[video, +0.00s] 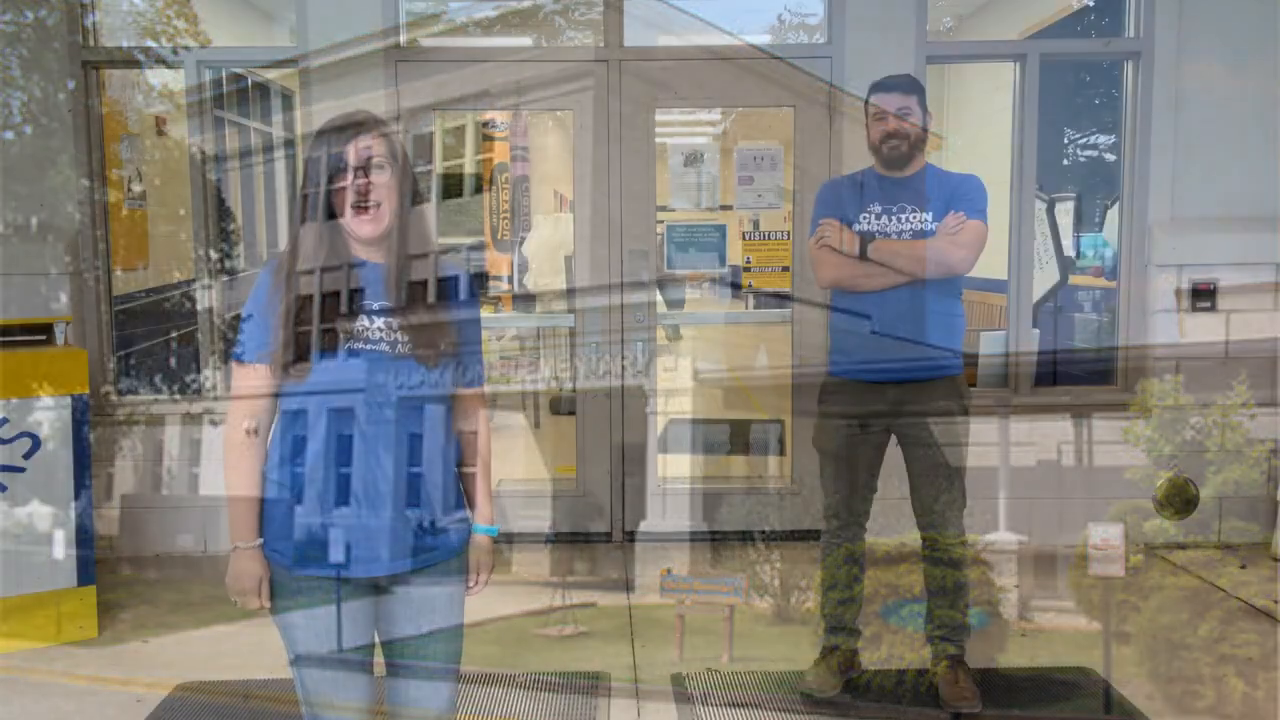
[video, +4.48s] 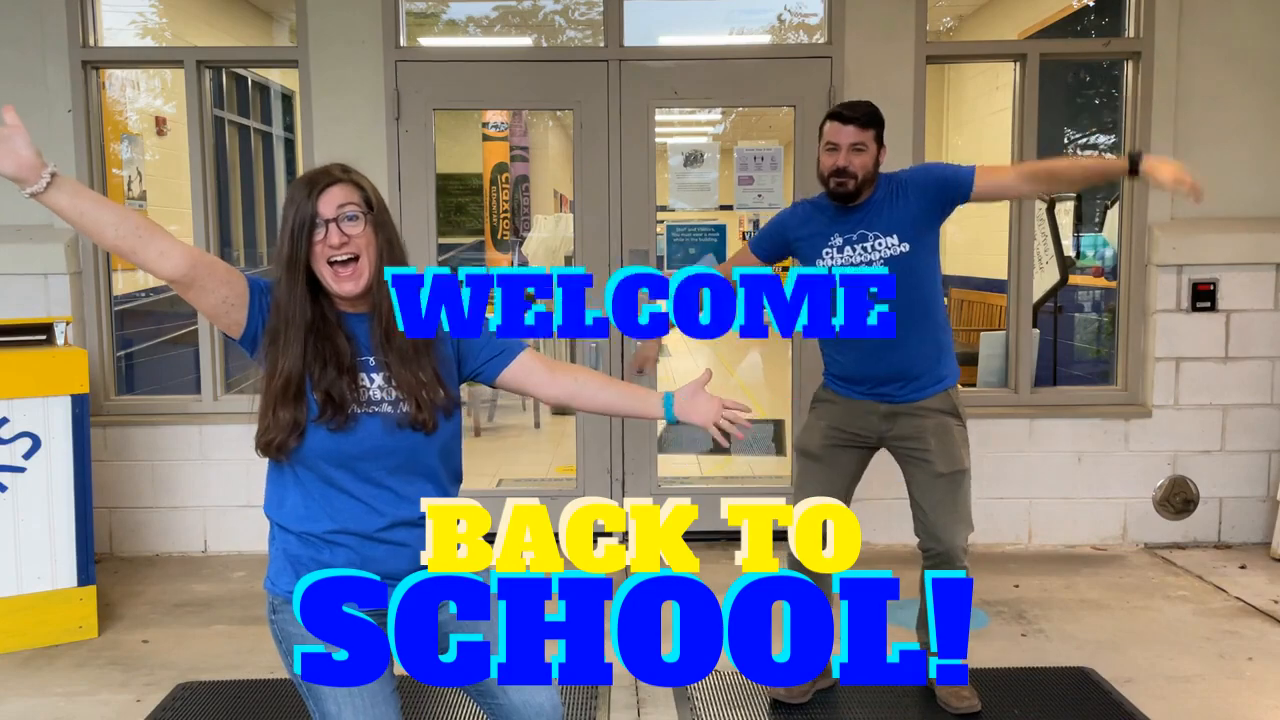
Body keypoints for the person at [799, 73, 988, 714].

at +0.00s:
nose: (889, 126)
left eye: (902, 116)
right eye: (879, 117)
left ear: (925, 126)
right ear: (866, 127)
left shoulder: (961, 188)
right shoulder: (838, 193)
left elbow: (955, 261)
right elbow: (827, 272)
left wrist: (859, 242)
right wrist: (927, 261)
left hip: (933, 378)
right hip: (852, 379)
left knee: (944, 527)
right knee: (841, 524)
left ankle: (950, 660)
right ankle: (838, 652)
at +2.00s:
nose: (908, 129)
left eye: (921, 118)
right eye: (897, 120)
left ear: (945, 124)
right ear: (885, 130)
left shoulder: (984, 189)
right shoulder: (856, 193)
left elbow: (992, 273)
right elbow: (847, 277)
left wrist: (890, 255)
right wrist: (953, 260)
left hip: (953, 388)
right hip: (869, 387)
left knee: (959, 535)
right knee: (843, 529)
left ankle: (952, 666)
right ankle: (829, 653)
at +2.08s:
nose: (908, 133)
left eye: (921, 122)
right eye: (897, 123)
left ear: (944, 130)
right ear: (884, 133)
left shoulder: (984, 195)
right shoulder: (857, 198)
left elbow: (1009, 286)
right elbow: (835, 288)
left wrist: (931, 296)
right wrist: (942, 270)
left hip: (956, 393)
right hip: (870, 392)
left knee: (965, 537)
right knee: (837, 529)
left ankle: (953, 665)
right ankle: (826, 652)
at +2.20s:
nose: (897, 134)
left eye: (911, 122)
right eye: (886, 123)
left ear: (935, 130)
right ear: (872, 133)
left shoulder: (978, 188)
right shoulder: (848, 202)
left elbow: (1055, 251)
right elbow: (794, 278)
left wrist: (1026, 258)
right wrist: (822, 285)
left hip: (955, 395)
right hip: (869, 394)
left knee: (971, 534)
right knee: (825, 526)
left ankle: (954, 662)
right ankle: (817, 649)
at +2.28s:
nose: (881, 137)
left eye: (895, 126)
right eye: (870, 126)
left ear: (918, 134)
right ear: (857, 135)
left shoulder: (962, 176)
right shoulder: (837, 202)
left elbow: (1049, 200)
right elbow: (784, 238)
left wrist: (1059, 182)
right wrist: (751, 260)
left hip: (953, 397)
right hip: (865, 397)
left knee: (974, 537)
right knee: (820, 524)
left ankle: (955, 664)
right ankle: (809, 651)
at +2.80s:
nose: (809, 205)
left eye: (825, 195)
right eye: (800, 192)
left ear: (848, 201)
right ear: (787, 197)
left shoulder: (888, 224)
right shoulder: (780, 262)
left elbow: (987, 189)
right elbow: (728, 292)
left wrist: (1074, 136)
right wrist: (657, 299)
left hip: (920, 429)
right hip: (839, 434)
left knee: (967, 567)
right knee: (794, 546)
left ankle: (955, 666)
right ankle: (805, 660)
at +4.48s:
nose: (839, 161)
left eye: (853, 151)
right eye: (829, 149)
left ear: (879, 153)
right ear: (818, 151)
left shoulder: (922, 189)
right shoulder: (799, 221)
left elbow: (1028, 179)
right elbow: (722, 277)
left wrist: (1131, 165)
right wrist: (656, 333)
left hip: (927, 404)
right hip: (840, 403)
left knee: (946, 545)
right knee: (807, 537)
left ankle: (948, 668)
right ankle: (809, 663)